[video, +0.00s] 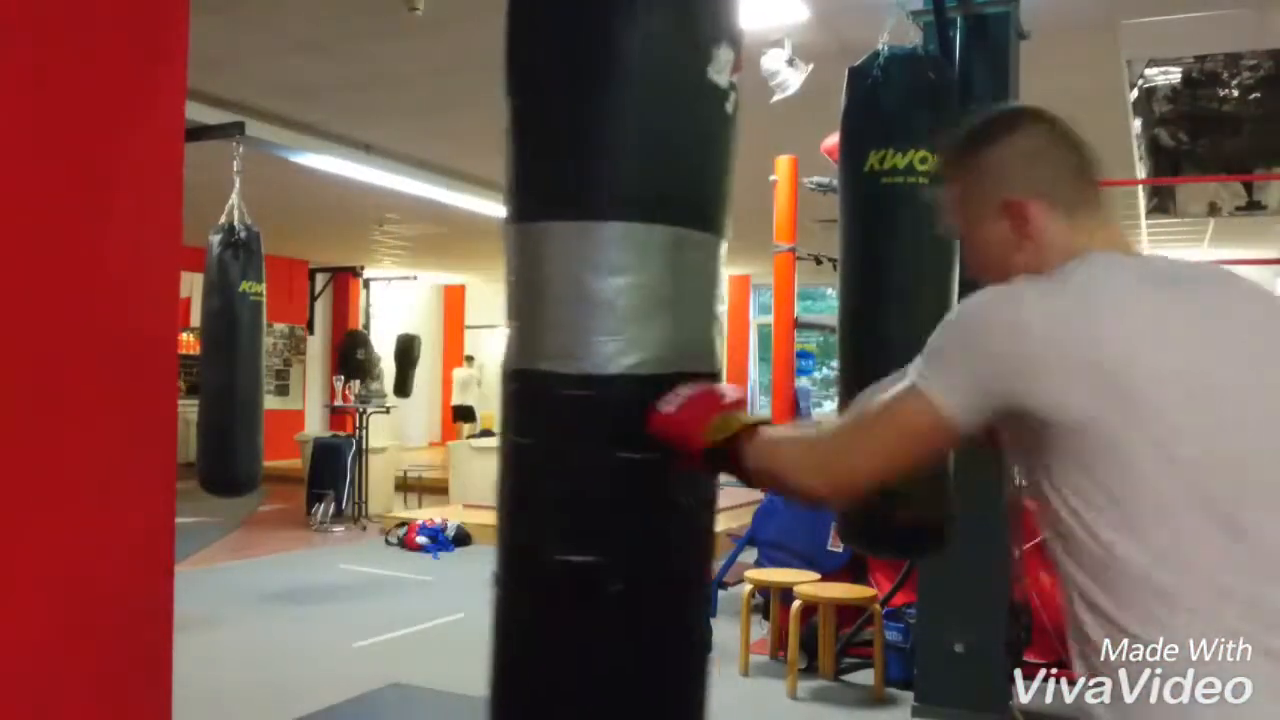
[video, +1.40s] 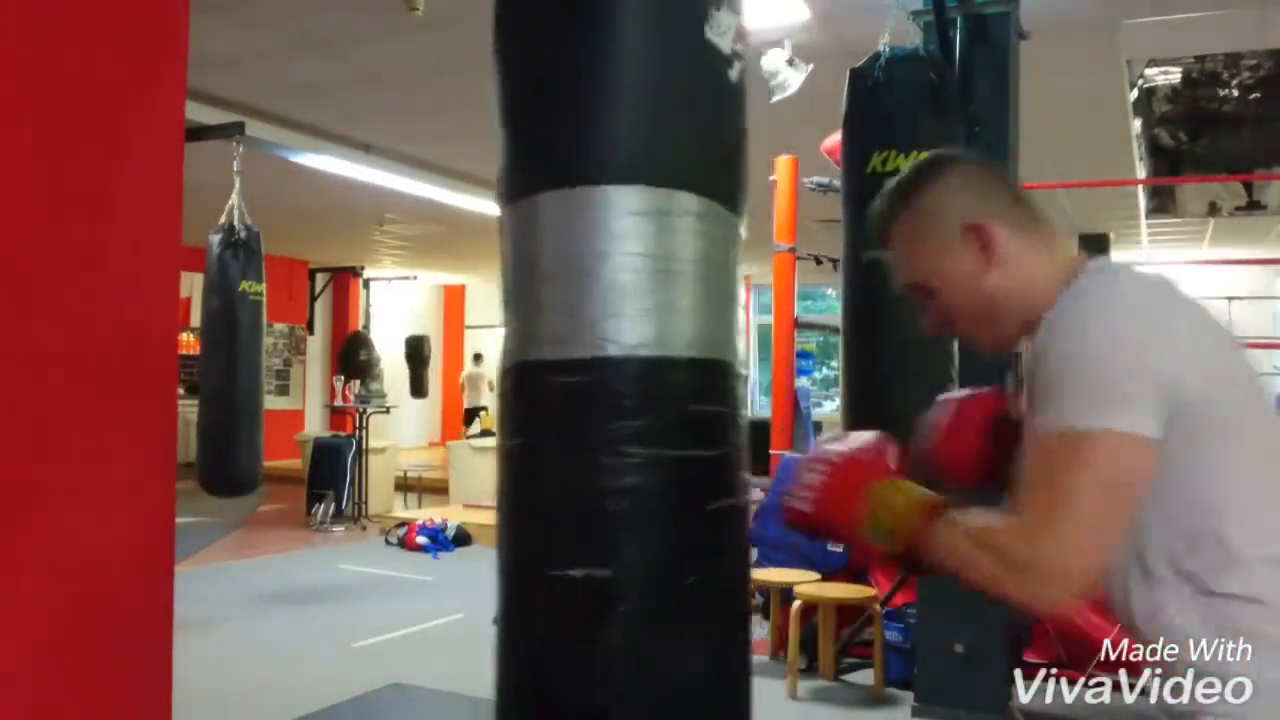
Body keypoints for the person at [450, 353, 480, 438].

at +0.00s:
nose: (471, 364)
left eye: (470, 362)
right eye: (471, 362)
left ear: (464, 361)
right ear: (472, 362)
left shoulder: (455, 371)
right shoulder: (474, 373)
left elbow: (455, 383)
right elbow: (479, 384)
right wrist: (480, 370)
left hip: (455, 402)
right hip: (468, 402)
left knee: (459, 423)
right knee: (471, 423)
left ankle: (459, 441)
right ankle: (466, 441)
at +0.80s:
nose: (471, 360)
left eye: (471, 358)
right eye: (470, 358)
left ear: (462, 358)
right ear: (469, 358)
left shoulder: (454, 369)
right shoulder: (469, 371)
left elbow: (454, 381)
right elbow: (476, 385)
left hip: (453, 400)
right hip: (465, 400)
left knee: (454, 423)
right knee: (472, 421)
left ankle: (451, 440)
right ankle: (468, 439)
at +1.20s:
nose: (478, 357)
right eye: (478, 355)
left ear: (470, 356)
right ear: (479, 356)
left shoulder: (462, 370)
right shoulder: (483, 369)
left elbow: (459, 384)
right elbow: (489, 383)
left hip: (465, 401)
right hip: (479, 400)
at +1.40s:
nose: (480, 362)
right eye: (481, 360)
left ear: (472, 360)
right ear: (482, 360)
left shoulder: (465, 374)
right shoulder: (485, 373)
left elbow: (461, 388)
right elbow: (491, 388)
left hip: (469, 405)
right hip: (483, 404)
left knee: (465, 428)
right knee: (485, 428)